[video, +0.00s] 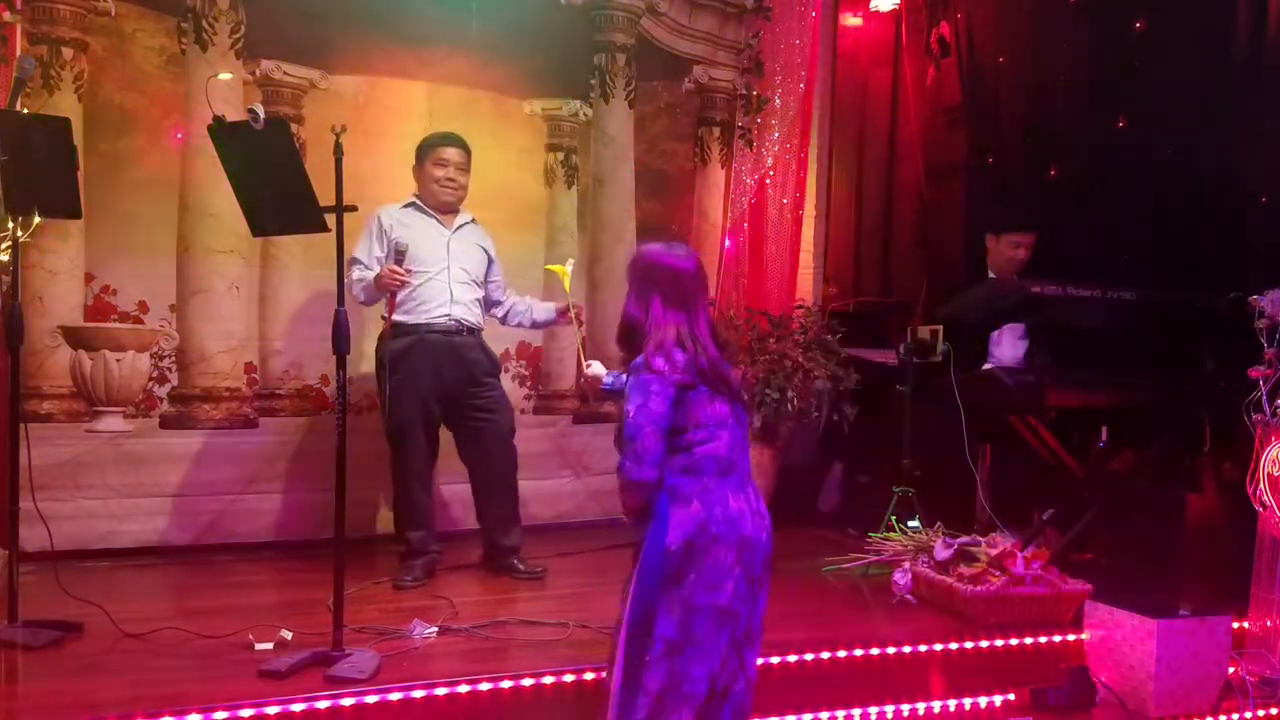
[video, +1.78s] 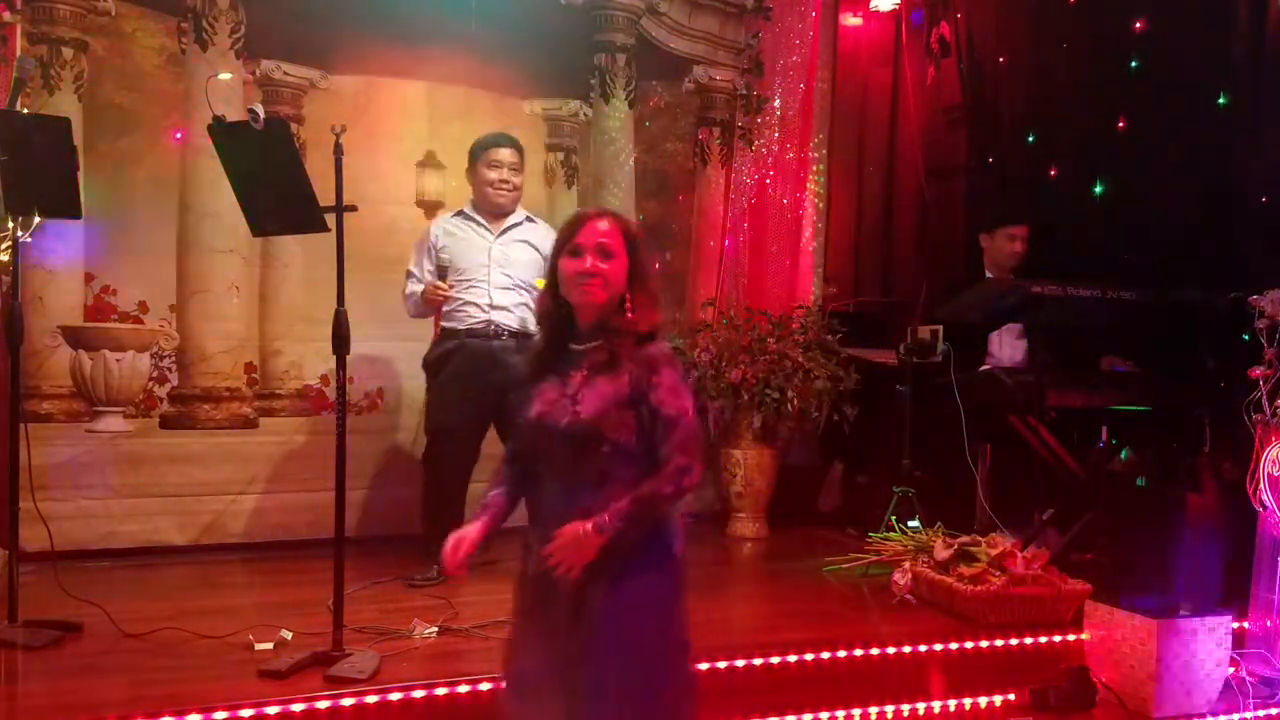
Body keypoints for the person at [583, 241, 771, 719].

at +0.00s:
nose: (628, 303)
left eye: (631, 291)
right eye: (630, 291)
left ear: (646, 299)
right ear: (697, 296)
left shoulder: (656, 365)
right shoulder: (713, 359)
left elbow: (641, 468)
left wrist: (635, 512)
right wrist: (621, 384)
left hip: (693, 523)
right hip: (746, 518)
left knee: (670, 656)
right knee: (723, 654)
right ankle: (719, 717)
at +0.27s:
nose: (622, 302)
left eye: (626, 291)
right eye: (625, 291)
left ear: (641, 297)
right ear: (688, 294)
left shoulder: (654, 362)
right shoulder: (707, 356)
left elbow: (643, 460)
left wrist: (631, 505)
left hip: (688, 515)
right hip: (737, 508)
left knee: (661, 639)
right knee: (722, 642)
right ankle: (718, 716)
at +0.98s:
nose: (596, 294)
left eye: (605, 282)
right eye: (594, 283)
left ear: (640, 286)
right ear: (648, 288)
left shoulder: (640, 343)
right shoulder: (678, 334)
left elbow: (636, 429)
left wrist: (617, 485)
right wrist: (603, 382)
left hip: (670, 492)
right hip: (708, 482)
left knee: (674, 618)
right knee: (707, 613)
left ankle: (687, 710)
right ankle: (724, 707)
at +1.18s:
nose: (591, 287)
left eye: (603, 275)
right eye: (584, 279)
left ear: (640, 281)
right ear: (578, 292)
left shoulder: (643, 341)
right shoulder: (641, 338)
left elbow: (645, 439)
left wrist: (614, 484)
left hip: (676, 496)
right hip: (683, 488)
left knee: (671, 621)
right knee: (667, 617)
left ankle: (684, 712)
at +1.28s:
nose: (592, 281)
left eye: (606, 268)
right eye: (584, 272)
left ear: (640, 278)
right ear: (577, 286)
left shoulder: (650, 342)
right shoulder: (630, 343)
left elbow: (658, 442)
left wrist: (617, 487)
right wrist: (619, 483)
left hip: (677, 506)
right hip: (659, 503)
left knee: (670, 633)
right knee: (655, 629)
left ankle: (681, 714)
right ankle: (663, 711)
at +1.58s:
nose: (599, 271)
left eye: (616, 261)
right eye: (588, 259)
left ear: (641, 281)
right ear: (571, 278)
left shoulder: (655, 356)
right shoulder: (573, 362)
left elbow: (684, 465)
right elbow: (557, 463)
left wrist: (609, 516)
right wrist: (541, 522)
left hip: (654, 554)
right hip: (601, 553)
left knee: (640, 696)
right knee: (616, 695)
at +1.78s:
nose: (588, 265)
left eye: (605, 254)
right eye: (575, 253)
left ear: (630, 274)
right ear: (556, 272)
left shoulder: (650, 359)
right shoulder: (547, 362)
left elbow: (684, 466)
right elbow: (520, 461)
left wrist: (599, 530)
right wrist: (482, 522)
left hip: (630, 572)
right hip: (550, 568)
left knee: (624, 702)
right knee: (539, 698)